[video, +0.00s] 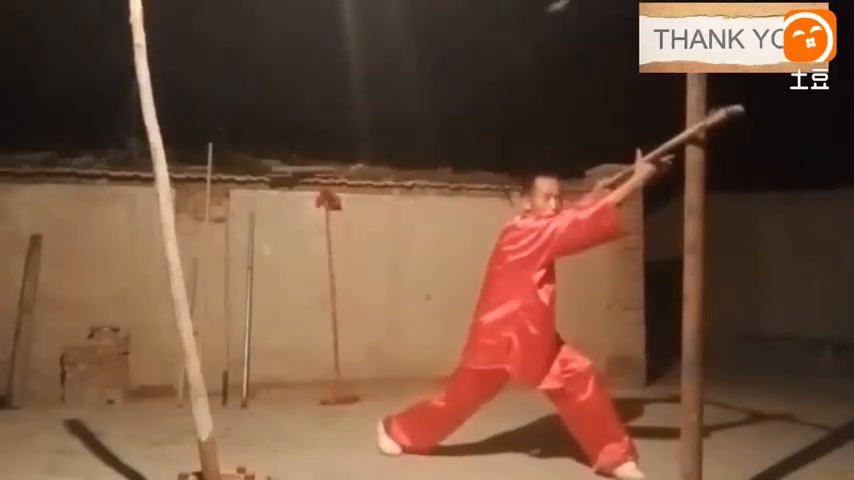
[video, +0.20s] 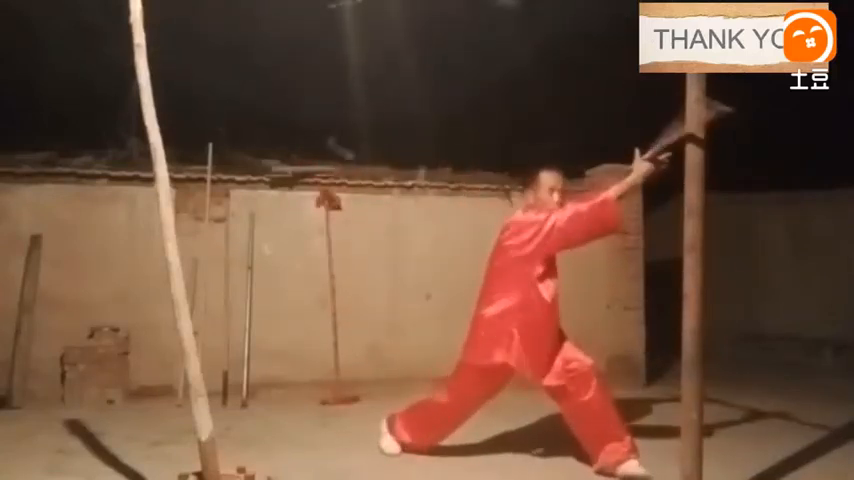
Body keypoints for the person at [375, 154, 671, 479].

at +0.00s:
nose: (554, 204)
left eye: (557, 196)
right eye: (547, 196)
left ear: (559, 196)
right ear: (526, 197)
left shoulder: (537, 228)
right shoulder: (523, 232)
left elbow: (583, 209)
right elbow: (584, 219)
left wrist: (626, 179)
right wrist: (637, 180)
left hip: (527, 334)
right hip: (500, 336)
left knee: (579, 378)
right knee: (460, 399)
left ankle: (614, 457)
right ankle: (397, 431)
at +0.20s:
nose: (559, 200)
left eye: (561, 192)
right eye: (551, 192)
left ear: (562, 192)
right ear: (530, 193)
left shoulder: (538, 224)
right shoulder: (523, 226)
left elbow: (584, 210)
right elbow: (579, 215)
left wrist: (630, 179)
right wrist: (632, 180)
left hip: (531, 328)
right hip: (502, 329)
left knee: (580, 377)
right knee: (463, 395)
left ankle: (615, 455)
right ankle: (400, 429)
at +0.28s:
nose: (563, 183)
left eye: (569, 176)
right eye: (556, 174)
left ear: (572, 180)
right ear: (536, 176)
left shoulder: (553, 214)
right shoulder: (524, 208)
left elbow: (583, 243)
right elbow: (572, 212)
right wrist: (623, 197)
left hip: (537, 320)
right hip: (495, 315)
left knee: (579, 376)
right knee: (458, 384)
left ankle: (609, 455)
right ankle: (403, 426)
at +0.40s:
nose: (564, 183)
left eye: (570, 176)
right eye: (557, 173)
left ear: (575, 179)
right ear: (538, 174)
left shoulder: (559, 217)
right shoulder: (525, 204)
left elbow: (582, 258)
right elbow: (570, 221)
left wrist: (619, 276)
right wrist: (616, 215)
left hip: (541, 327)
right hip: (493, 322)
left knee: (585, 373)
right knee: (451, 380)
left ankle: (611, 458)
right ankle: (404, 429)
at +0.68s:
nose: (498, 206)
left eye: (506, 199)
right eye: (492, 198)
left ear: (519, 207)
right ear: (481, 207)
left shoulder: (530, 246)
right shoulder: (477, 247)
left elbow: (531, 230)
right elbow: (479, 194)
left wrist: (519, 177)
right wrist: (527, 166)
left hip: (529, 353)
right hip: (475, 351)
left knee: (583, 396)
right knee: (425, 386)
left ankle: (632, 467)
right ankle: (415, 455)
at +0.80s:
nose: (496, 206)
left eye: (505, 198)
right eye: (491, 198)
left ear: (519, 204)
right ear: (479, 207)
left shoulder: (524, 244)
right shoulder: (473, 245)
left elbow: (523, 222)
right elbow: (466, 197)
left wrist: (506, 177)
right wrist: (503, 166)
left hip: (523, 352)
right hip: (470, 350)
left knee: (579, 395)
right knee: (419, 387)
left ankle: (627, 465)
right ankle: (414, 455)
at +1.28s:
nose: (495, 206)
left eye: (502, 198)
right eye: (489, 199)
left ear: (514, 202)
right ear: (479, 203)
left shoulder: (521, 243)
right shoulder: (466, 244)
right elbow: (451, 204)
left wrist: (506, 199)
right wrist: (487, 178)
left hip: (523, 351)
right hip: (467, 348)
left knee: (578, 395)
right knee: (412, 383)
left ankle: (626, 466)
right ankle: (411, 456)